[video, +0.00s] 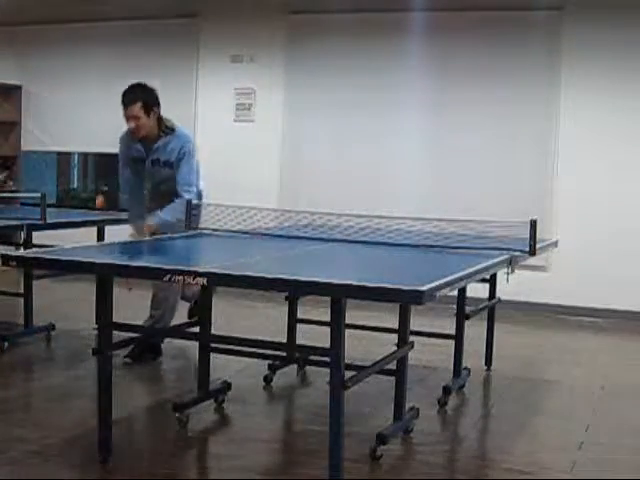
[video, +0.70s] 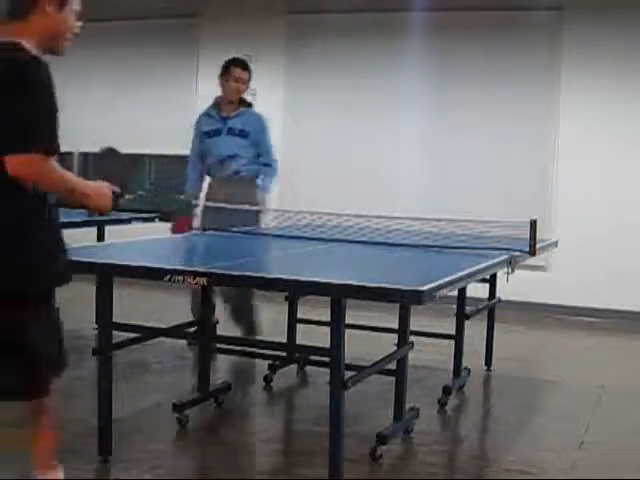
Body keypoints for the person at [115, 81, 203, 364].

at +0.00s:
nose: (131, 126)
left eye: (136, 119)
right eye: (128, 119)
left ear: (154, 113)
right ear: (125, 117)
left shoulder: (181, 143)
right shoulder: (128, 142)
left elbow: (187, 198)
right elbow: (129, 189)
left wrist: (153, 222)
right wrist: (138, 227)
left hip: (183, 215)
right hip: (152, 216)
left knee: (168, 274)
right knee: (153, 268)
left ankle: (152, 337)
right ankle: (196, 291)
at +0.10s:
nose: (144, 112)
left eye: (149, 105)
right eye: (141, 105)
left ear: (167, 104)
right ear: (138, 105)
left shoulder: (187, 137)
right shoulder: (139, 134)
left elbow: (180, 186)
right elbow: (137, 180)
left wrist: (142, 200)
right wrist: (146, 218)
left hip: (185, 211)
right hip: (156, 209)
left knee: (171, 271)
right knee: (150, 264)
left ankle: (153, 336)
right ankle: (195, 297)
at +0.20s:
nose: (162, 102)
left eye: (168, 96)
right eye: (158, 95)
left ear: (183, 98)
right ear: (155, 98)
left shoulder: (197, 135)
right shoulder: (152, 130)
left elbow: (181, 178)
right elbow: (150, 171)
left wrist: (145, 172)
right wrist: (148, 215)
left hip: (189, 207)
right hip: (158, 205)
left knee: (170, 271)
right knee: (161, 268)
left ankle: (153, 337)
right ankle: (194, 312)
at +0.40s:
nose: (196, 97)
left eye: (202, 92)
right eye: (191, 91)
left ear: (213, 94)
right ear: (184, 92)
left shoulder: (223, 130)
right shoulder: (178, 129)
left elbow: (222, 171)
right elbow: (165, 176)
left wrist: (178, 155)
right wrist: (156, 216)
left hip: (210, 205)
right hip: (181, 204)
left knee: (193, 271)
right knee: (187, 271)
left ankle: (159, 333)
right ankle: (201, 328)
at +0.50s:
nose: (208, 90)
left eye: (215, 86)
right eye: (204, 84)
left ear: (223, 90)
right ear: (196, 86)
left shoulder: (234, 125)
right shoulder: (186, 125)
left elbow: (237, 168)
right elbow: (173, 171)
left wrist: (204, 175)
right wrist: (165, 213)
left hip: (221, 202)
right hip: (190, 201)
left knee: (201, 263)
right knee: (193, 263)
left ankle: (176, 326)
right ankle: (200, 325)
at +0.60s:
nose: (222, 86)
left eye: (228, 81)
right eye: (218, 79)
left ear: (235, 87)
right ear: (207, 82)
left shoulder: (243, 120)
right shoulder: (194, 122)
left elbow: (255, 163)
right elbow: (182, 170)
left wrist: (235, 188)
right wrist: (176, 214)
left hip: (233, 205)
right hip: (202, 203)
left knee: (223, 272)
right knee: (195, 267)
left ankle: (211, 338)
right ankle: (198, 323)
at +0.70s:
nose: (238, 86)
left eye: (243, 82)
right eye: (234, 80)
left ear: (247, 87)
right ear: (221, 80)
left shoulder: (255, 121)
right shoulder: (205, 120)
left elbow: (268, 162)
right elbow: (196, 164)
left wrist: (260, 192)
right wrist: (189, 204)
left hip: (246, 192)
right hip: (216, 190)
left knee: (238, 265)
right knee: (203, 258)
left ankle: (248, 325)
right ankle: (203, 325)